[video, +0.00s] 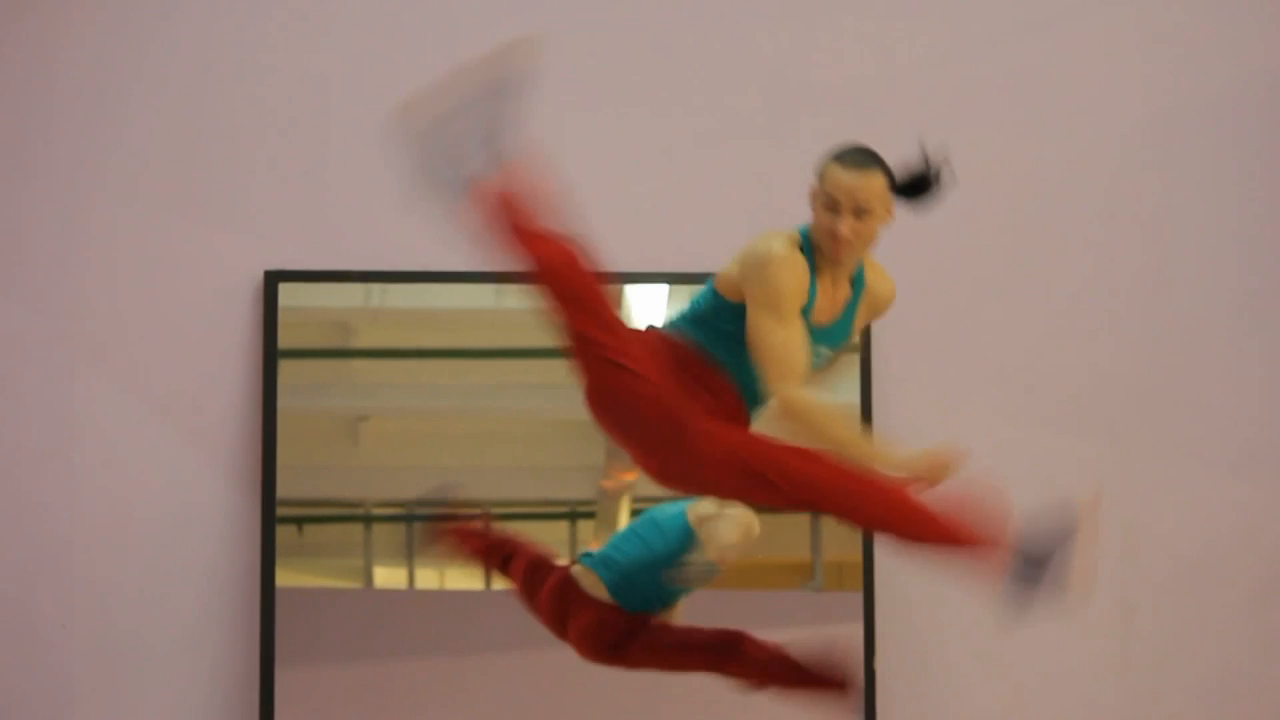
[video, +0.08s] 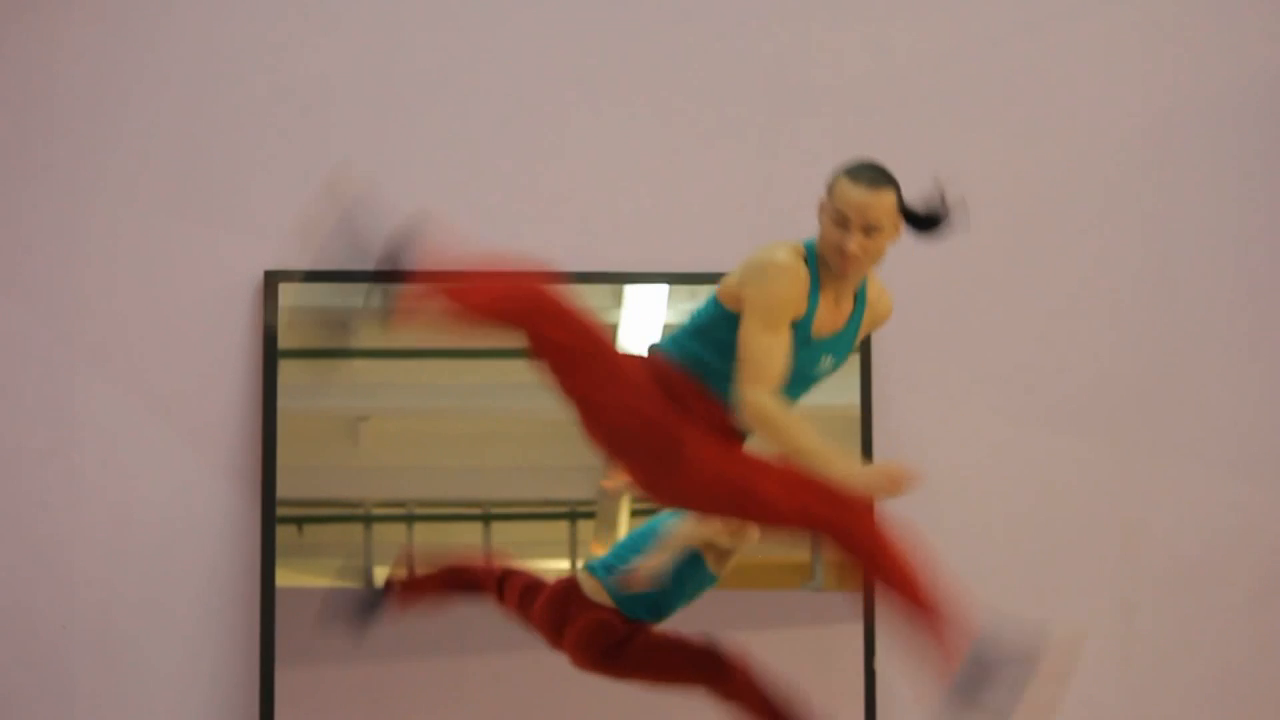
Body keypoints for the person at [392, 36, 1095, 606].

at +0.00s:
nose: (842, 226)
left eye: (861, 215)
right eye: (832, 208)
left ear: (885, 222)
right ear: (811, 201)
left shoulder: (873, 293)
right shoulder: (774, 265)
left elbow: (810, 372)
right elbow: (786, 398)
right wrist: (884, 463)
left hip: (717, 439)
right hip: (652, 382)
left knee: (829, 479)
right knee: (580, 291)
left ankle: (1004, 552)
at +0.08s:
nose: (851, 242)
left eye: (870, 231)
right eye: (840, 223)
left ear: (893, 236)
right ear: (819, 215)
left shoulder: (875, 303)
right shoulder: (780, 272)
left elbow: (785, 389)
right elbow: (754, 407)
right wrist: (848, 476)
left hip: (706, 454)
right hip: (644, 403)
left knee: (845, 508)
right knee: (549, 304)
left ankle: (959, 657)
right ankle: (412, 273)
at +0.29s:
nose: (855, 245)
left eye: (872, 232)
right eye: (843, 226)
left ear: (895, 235)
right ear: (820, 219)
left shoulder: (874, 304)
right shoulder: (779, 274)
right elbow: (753, 405)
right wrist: (846, 477)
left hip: (705, 457)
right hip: (644, 408)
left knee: (848, 512)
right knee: (548, 300)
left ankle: (957, 659)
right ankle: (410, 278)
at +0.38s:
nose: (855, 262)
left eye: (873, 252)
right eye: (846, 243)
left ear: (894, 261)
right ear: (824, 235)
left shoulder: (869, 322)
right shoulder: (779, 288)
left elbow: (779, 391)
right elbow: (724, 406)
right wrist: (812, 481)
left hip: (699, 477)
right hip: (637, 425)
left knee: (828, 562)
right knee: (512, 357)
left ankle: (887, 707)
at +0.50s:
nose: (855, 263)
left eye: (874, 252)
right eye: (846, 243)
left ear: (895, 260)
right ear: (824, 235)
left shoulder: (869, 322)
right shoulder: (779, 288)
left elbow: (779, 391)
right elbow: (724, 406)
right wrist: (812, 481)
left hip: (699, 477)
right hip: (636, 424)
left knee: (828, 562)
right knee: (513, 356)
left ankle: (887, 707)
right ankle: (358, 432)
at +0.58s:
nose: (853, 285)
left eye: (873, 275)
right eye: (845, 265)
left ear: (891, 285)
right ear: (824, 256)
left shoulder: (860, 341)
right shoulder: (777, 308)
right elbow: (697, 413)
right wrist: (774, 486)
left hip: (695, 504)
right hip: (623, 453)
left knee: (778, 630)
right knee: (490, 433)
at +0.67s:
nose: (853, 285)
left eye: (873, 275)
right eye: (845, 265)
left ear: (892, 285)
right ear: (824, 256)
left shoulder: (860, 341)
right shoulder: (777, 308)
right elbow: (698, 413)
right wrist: (774, 486)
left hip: (695, 504)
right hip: (623, 453)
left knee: (778, 629)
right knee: (490, 433)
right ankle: (413, 530)